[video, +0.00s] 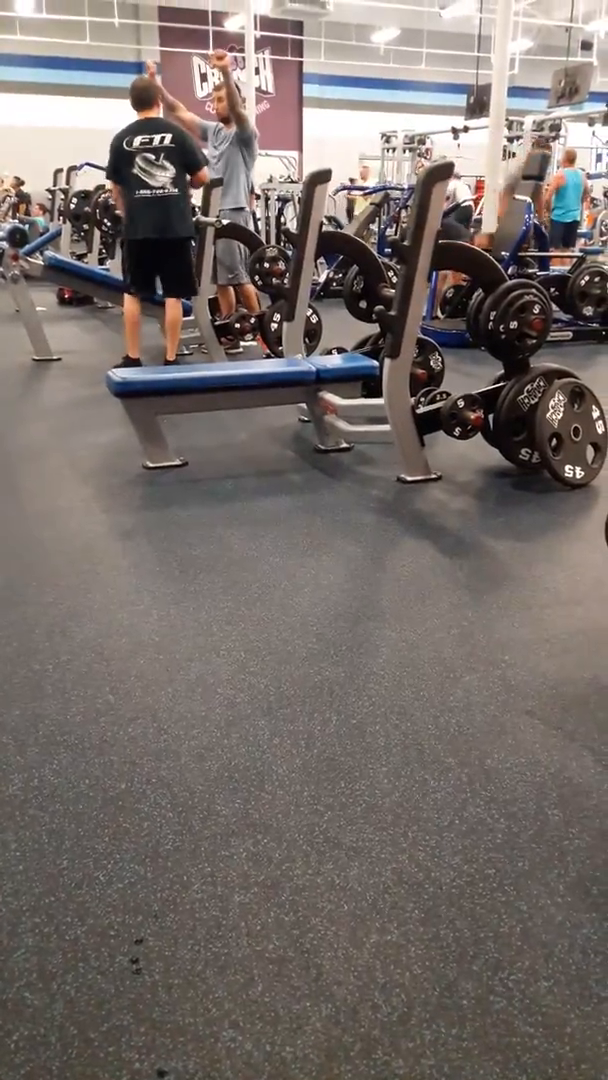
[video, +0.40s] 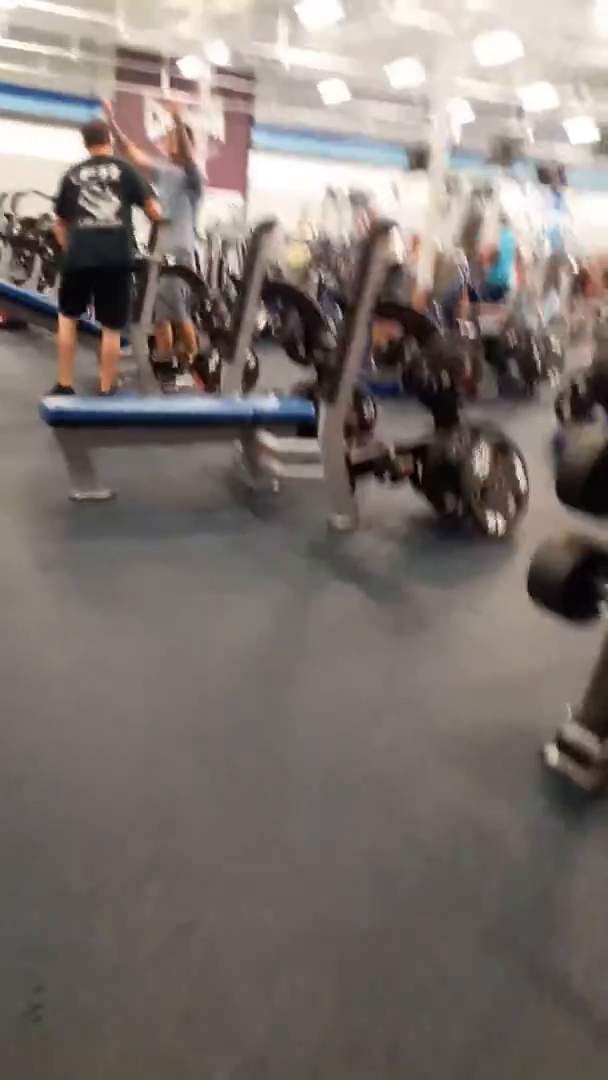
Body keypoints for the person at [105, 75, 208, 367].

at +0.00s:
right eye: (159, 95)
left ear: (132, 103)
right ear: (159, 99)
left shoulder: (122, 138)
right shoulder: (178, 133)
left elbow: (116, 186)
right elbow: (201, 177)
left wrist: (126, 210)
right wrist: (181, 181)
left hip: (138, 226)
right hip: (175, 225)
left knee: (132, 293)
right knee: (173, 295)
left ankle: (132, 357)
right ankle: (171, 358)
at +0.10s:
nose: (148, 98)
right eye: (148, 93)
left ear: (123, 100)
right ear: (149, 94)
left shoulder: (115, 135)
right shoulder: (167, 127)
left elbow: (109, 180)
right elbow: (195, 168)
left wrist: (118, 211)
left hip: (130, 209)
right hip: (166, 208)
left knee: (121, 283)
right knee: (165, 287)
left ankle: (122, 347)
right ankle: (163, 349)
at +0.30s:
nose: (154, 104)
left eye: (159, 99)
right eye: (155, 98)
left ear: (169, 103)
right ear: (164, 103)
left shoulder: (172, 138)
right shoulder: (156, 135)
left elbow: (156, 173)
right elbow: (150, 171)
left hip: (168, 212)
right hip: (153, 212)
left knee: (169, 270)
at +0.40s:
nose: (168, 146)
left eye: (173, 142)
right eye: (169, 142)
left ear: (184, 148)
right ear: (169, 147)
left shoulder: (192, 178)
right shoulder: (163, 173)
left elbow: (182, 151)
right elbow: (132, 154)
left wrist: (177, 119)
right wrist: (112, 124)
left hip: (181, 250)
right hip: (159, 249)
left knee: (179, 310)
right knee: (160, 313)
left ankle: (194, 364)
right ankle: (163, 365)